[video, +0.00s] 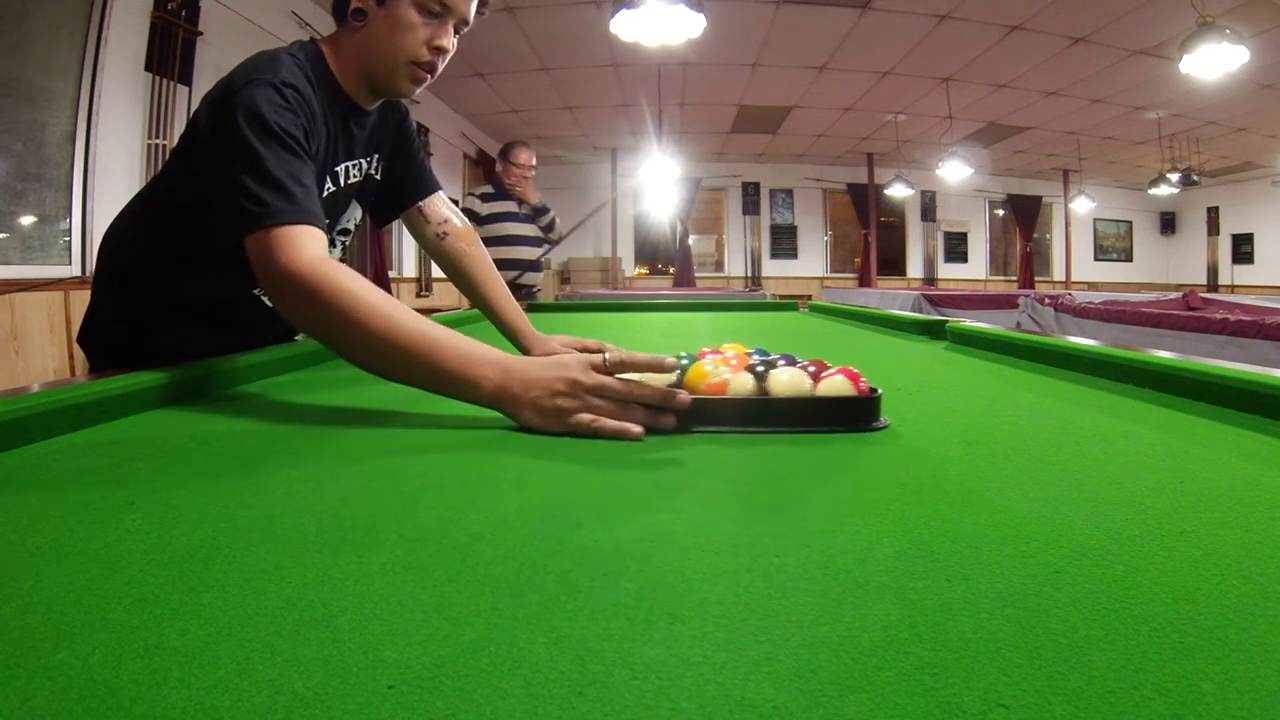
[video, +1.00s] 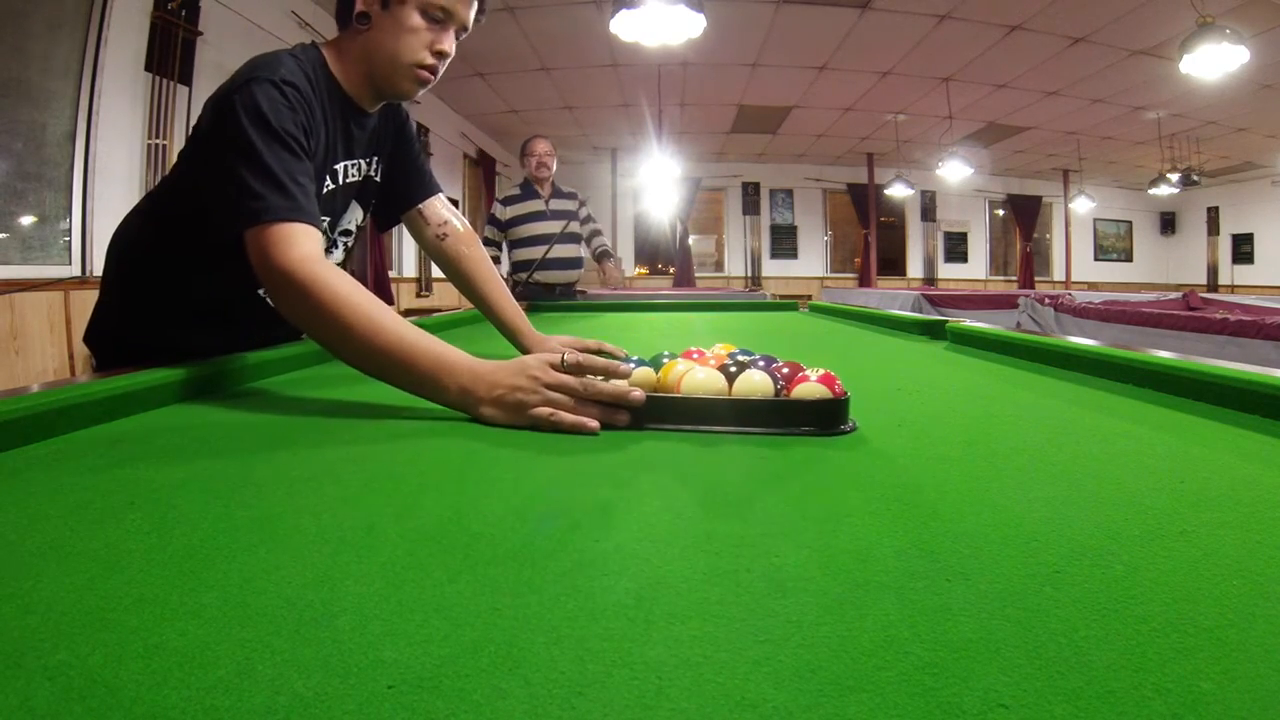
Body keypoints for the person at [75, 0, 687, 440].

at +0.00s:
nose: (445, 46)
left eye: (458, 32)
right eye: (432, 17)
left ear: (457, 40)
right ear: (363, 3)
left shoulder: (386, 117)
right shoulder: (269, 92)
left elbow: (443, 229)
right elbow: (296, 276)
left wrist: (530, 341)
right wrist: (505, 381)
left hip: (253, 329)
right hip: (151, 335)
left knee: (249, 511)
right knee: (149, 525)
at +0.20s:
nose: (446, 41)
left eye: (458, 27)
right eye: (431, 14)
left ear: (462, 38)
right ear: (359, 5)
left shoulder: (388, 115)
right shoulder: (266, 95)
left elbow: (447, 230)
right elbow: (290, 285)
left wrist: (528, 341)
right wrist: (486, 374)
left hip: (266, 337)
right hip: (156, 343)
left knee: (247, 524)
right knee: (143, 535)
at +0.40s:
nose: (449, 45)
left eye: (460, 30)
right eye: (433, 15)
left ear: (461, 42)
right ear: (364, 7)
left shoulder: (392, 117)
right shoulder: (271, 97)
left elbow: (447, 227)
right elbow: (273, 294)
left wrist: (524, 335)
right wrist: (465, 368)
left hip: (259, 336)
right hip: (153, 341)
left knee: (235, 518)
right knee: (135, 529)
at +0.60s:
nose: (446, 44)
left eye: (457, 30)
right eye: (430, 16)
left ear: (462, 40)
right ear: (361, 7)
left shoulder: (390, 120)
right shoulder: (268, 98)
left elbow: (448, 231)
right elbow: (287, 281)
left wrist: (527, 339)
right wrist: (477, 375)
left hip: (267, 337)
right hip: (158, 344)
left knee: (244, 524)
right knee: (143, 534)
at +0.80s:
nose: (446, 44)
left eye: (457, 31)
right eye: (430, 17)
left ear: (461, 42)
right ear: (362, 8)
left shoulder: (391, 121)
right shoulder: (271, 96)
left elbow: (448, 231)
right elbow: (290, 275)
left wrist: (528, 338)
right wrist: (474, 383)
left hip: (267, 335)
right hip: (160, 341)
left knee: (246, 520)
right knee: (145, 529)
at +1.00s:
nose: (447, 48)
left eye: (458, 35)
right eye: (433, 20)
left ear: (459, 45)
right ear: (367, 6)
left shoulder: (390, 122)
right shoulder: (271, 94)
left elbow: (446, 231)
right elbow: (293, 272)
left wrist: (528, 339)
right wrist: (474, 383)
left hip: (265, 336)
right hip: (157, 341)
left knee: (246, 523)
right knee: (143, 533)